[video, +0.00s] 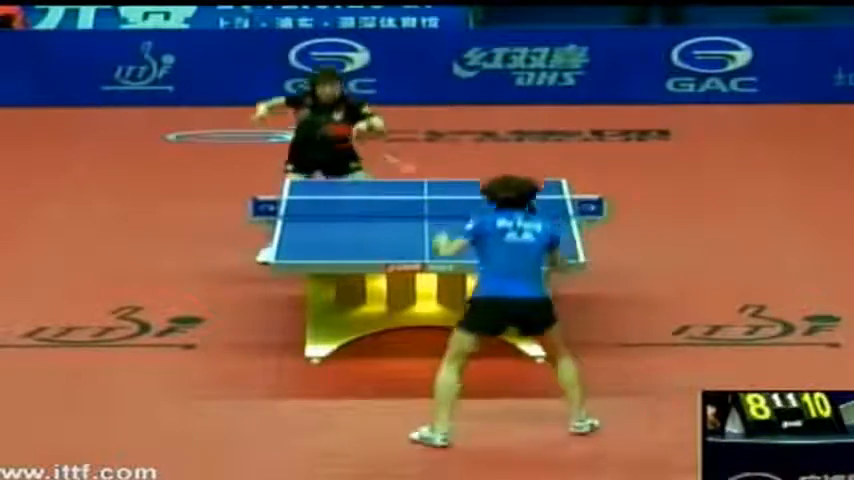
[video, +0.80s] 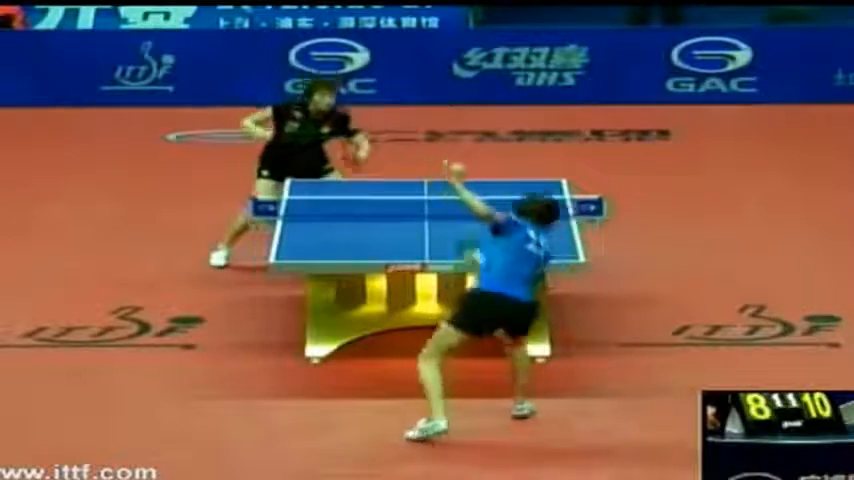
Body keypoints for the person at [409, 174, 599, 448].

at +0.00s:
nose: (487, 203)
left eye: (489, 199)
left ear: (494, 201)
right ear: (528, 201)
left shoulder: (484, 223)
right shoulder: (544, 226)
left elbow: (450, 251)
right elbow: (554, 262)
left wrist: (442, 244)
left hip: (489, 300)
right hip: (532, 300)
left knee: (453, 360)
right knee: (560, 355)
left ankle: (439, 429)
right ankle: (579, 417)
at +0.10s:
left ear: (491, 205)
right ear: (524, 206)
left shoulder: (474, 228)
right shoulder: (534, 233)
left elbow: (436, 242)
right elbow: (535, 274)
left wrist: (427, 242)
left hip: (470, 303)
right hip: (514, 305)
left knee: (438, 363)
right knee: (547, 354)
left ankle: (439, 428)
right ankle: (569, 412)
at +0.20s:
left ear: (496, 204)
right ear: (528, 209)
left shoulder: (473, 222)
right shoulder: (534, 235)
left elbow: (427, 231)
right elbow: (526, 273)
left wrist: (424, 222)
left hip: (463, 300)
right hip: (504, 304)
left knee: (434, 361)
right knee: (537, 342)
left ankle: (438, 429)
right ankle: (551, 407)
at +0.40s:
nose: (530, 202)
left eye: (534, 201)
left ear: (530, 206)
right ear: (553, 223)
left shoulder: (495, 217)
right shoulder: (543, 248)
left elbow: (450, 205)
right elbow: (539, 280)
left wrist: (423, 183)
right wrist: (580, 263)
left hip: (458, 290)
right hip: (498, 298)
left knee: (434, 361)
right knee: (514, 345)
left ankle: (437, 429)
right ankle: (524, 403)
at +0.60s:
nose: (546, 218)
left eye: (549, 217)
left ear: (545, 221)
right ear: (564, 241)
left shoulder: (517, 228)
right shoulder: (551, 263)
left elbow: (484, 208)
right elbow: (538, 291)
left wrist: (461, 181)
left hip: (474, 294)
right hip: (510, 305)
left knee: (428, 360)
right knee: (517, 346)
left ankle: (437, 417)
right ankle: (522, 402)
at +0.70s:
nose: (533, 214)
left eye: (537, 213)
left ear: (536, 219)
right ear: (557, 233)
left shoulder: (516, 229)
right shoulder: (549, 258)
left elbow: (491, 211)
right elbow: (538, 290)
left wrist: (469, 182)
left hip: (484, 300)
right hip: (518, 308)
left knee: (423, 354)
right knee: (516, 347)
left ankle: (435, 410)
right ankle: (521, 402)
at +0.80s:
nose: (518, 209)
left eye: (521, 207)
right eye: (521, 208)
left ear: (524, 211)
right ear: (547, 222)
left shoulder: (508, 223)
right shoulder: (542, 247)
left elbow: (481, 211)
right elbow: (539, 286)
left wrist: (457, 184)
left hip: (486, 298)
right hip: (522, 306)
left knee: (429, 356)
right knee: (517, 346)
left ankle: (436, 418)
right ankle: (521, 401)